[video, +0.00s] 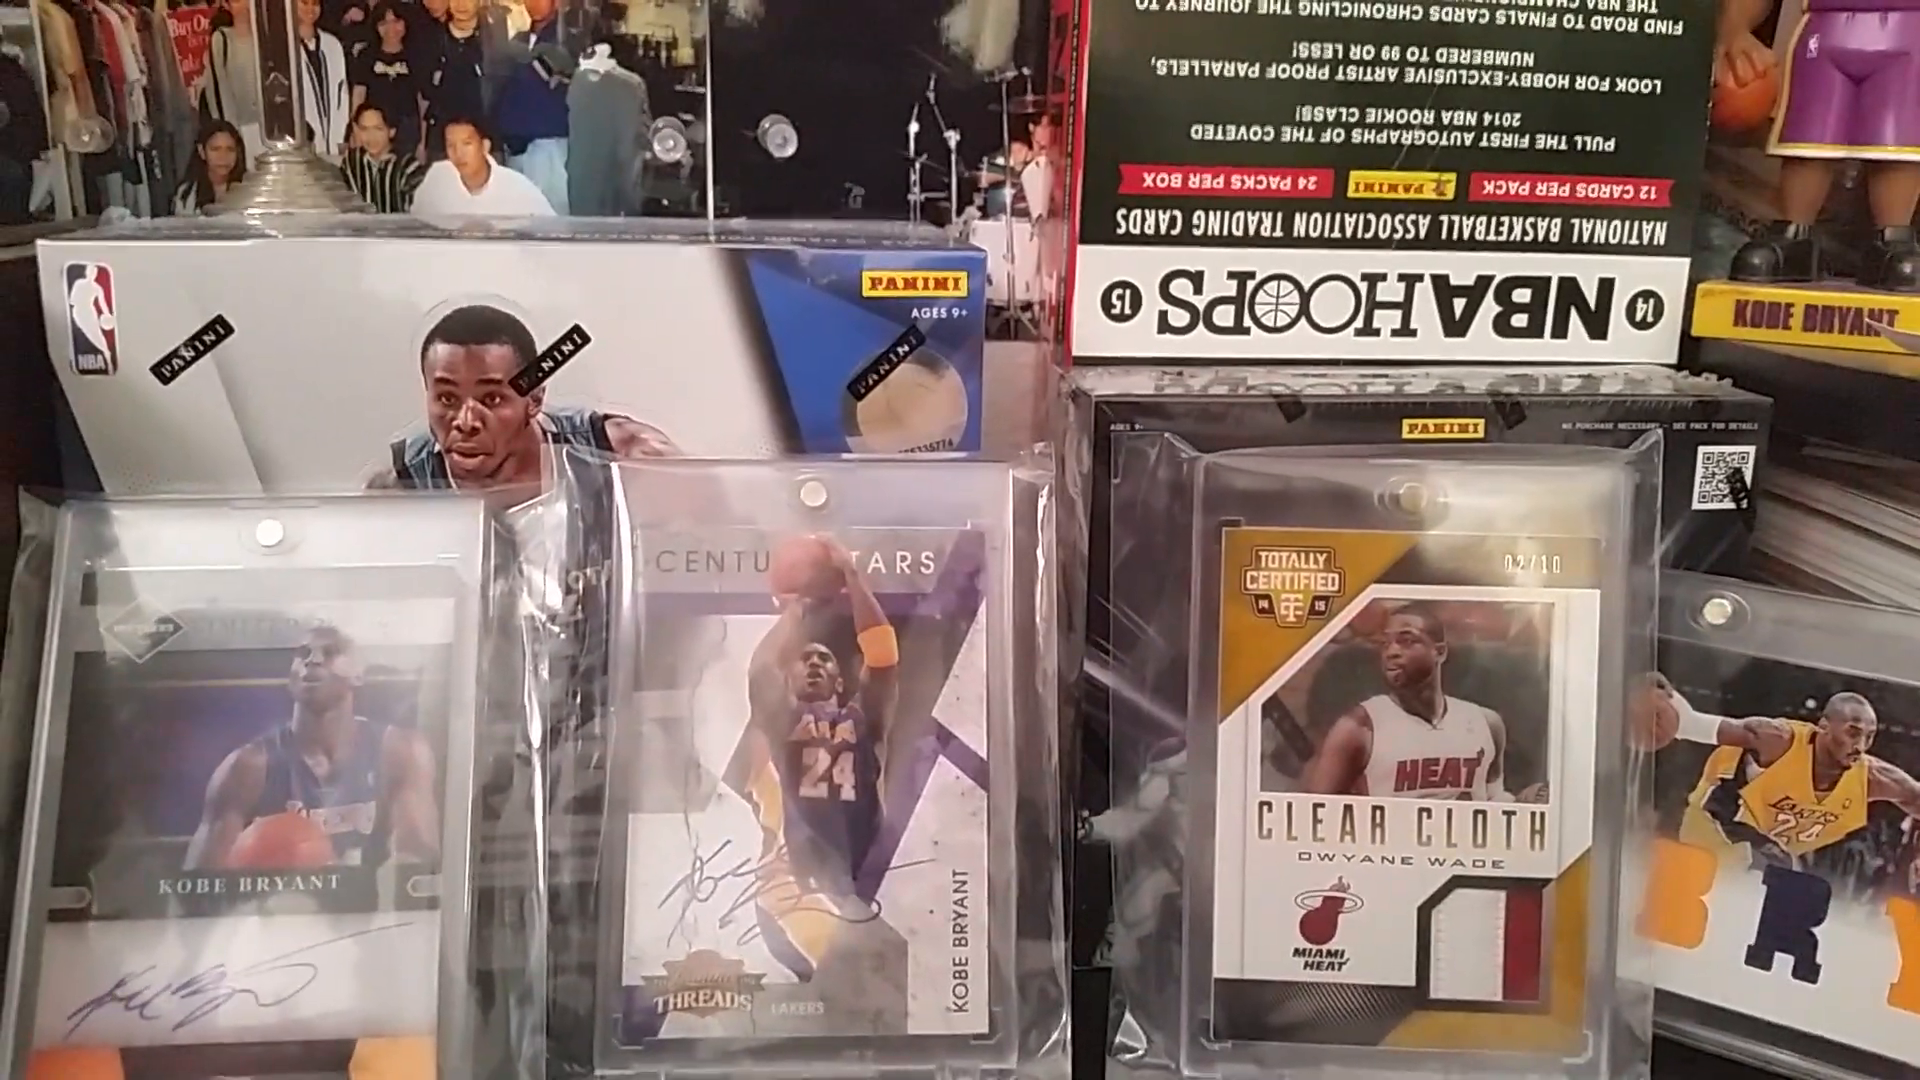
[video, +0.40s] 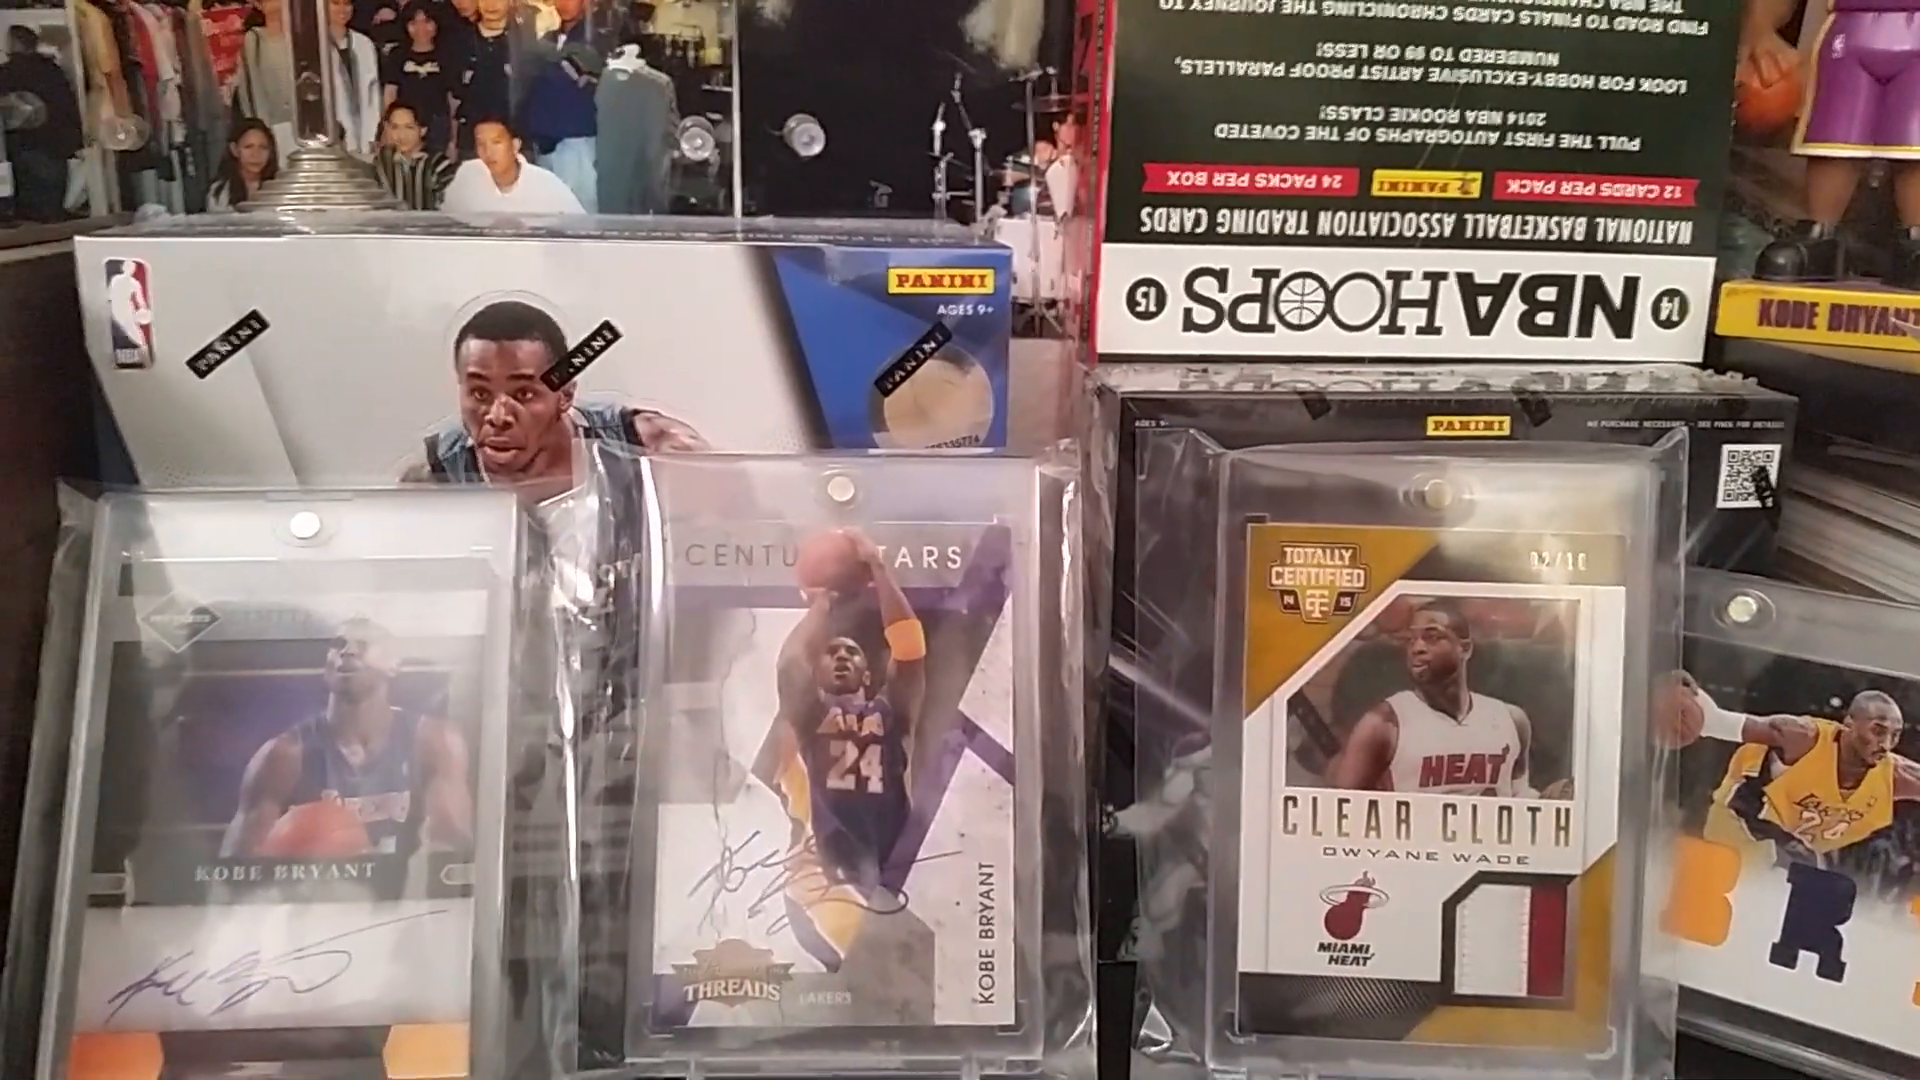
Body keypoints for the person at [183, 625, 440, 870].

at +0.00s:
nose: (312, 663)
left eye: (329, 653)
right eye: (302, 654)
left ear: (358, 672)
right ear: (289, 671)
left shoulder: (403, 752)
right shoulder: (245, 769)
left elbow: (417, 864)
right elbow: (196, 889)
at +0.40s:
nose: (346, 654)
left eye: (363, 646)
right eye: (338, 645)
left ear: (393, 663)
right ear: (325, 661)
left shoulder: (436, 742)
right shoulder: (281, 758)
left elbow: (450, 849)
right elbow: (233, 872)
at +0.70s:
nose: (367, 671)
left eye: (378, 660)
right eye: (356, 660)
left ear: (405, 674)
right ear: (343, 671)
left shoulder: (454, 742)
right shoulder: (303, 752)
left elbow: (469, 841)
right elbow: (263, 851)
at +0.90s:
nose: (410, 653)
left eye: (426, 642)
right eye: (403, 643)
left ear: (453, 660)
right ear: (391, 659)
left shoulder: (498, 733)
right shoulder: (351, 744)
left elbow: (513, 829)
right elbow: (302, 848)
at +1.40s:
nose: (400, 677)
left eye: (413, 665)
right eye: (389, 662)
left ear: (438, 674)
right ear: (374, 672)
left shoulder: (479, 739)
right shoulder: (327, 749)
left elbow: (492, 834)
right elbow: (282, 848)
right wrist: (352, 821)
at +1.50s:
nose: (315, 682)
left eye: (327, 670)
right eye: (304, 671)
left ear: (355, 679)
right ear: (290, 681)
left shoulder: (401, 747)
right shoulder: (243, 762)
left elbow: (412, 846)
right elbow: (199, 851)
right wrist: (269, 834)